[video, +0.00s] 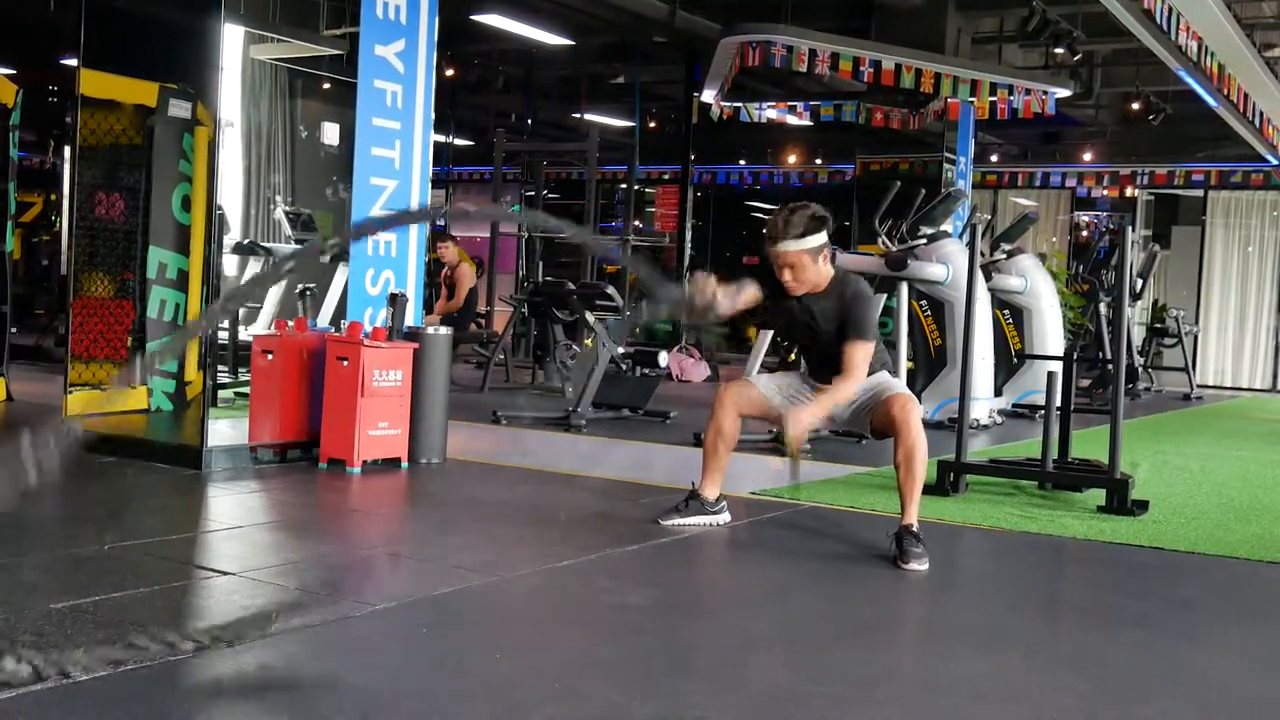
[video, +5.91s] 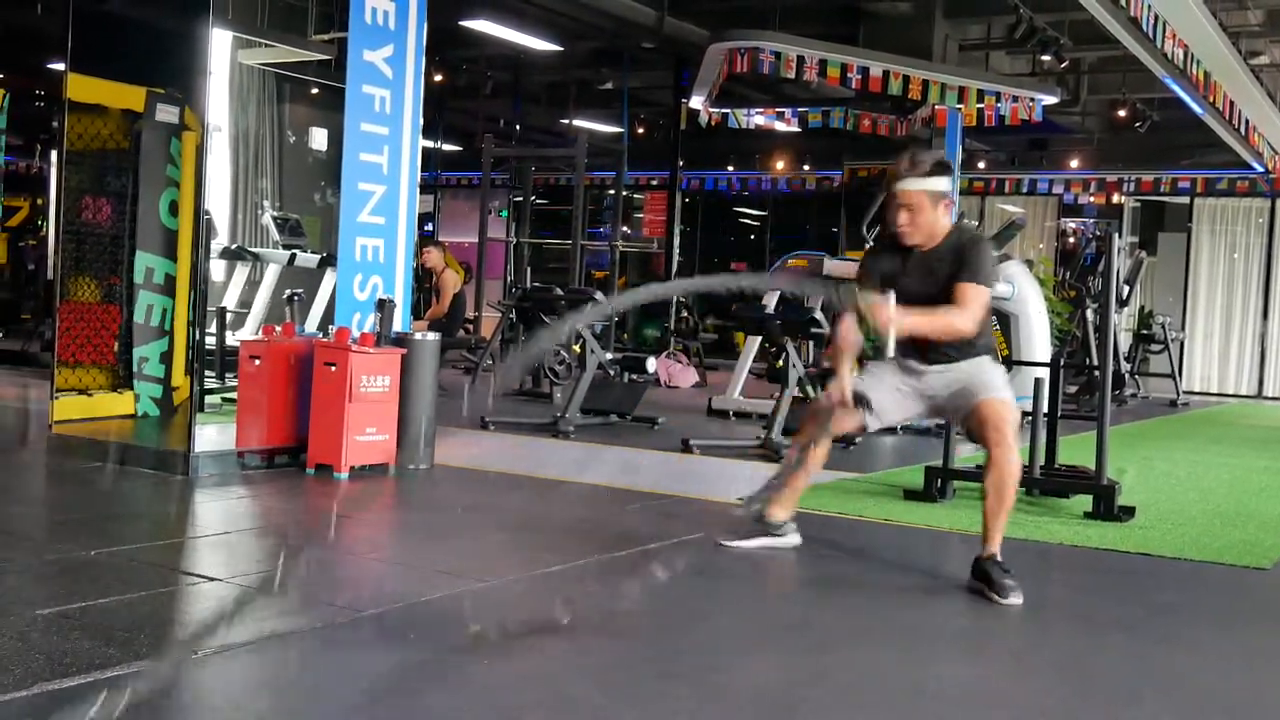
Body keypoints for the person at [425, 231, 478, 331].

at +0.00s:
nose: (441, 252)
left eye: (446, 248)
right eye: (439, 248)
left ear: (455, 248)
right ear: (436, 250)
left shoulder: (464, 268)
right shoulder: (445, 271)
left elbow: (458, 301)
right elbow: (443, 297)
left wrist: (441, 311)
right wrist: (438, 310)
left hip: (462, 320)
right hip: (451, 317)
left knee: (424, 321)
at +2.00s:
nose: (433, 252)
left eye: (437, 247)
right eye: (431, 249)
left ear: (448, 247)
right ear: (428, 251)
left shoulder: (455, 267)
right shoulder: (444, 270)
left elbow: (451, 300)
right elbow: (443, 296)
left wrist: (434, 311)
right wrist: (434, 313)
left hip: (458, 320)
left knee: (415, 319)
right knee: (415, 317)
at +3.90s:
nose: (428, 254)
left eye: (432, 250)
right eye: (425, 251)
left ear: (441, 250)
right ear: (423, 254)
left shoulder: (450, 271)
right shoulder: (437, 271)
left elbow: (445, 303)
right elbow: (437, 300)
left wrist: (427, 317)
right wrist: (426, 317)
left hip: (452, 321)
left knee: (410, 321)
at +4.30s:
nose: (419, 255)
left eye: (423, 250)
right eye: (416, 251)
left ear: (433, 250)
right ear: (413, 255)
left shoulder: (440, 271)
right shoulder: (429, 273)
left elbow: (436, 304)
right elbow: (429, 301)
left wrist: (418, 317)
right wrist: (418, 318)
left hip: (443, 322)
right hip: (436, 318)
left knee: (402, 321)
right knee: (401, 320)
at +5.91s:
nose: (424, 256)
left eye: (428, 252)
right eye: (423, 254)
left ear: (441, 254)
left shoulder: (447, 275)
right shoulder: (436, 277)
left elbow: (443, 308)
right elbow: (434, 306)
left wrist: (424, 321)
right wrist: (424, 322)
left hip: (448, 327)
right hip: (441, 324)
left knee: (407, 326)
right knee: (406, 324)